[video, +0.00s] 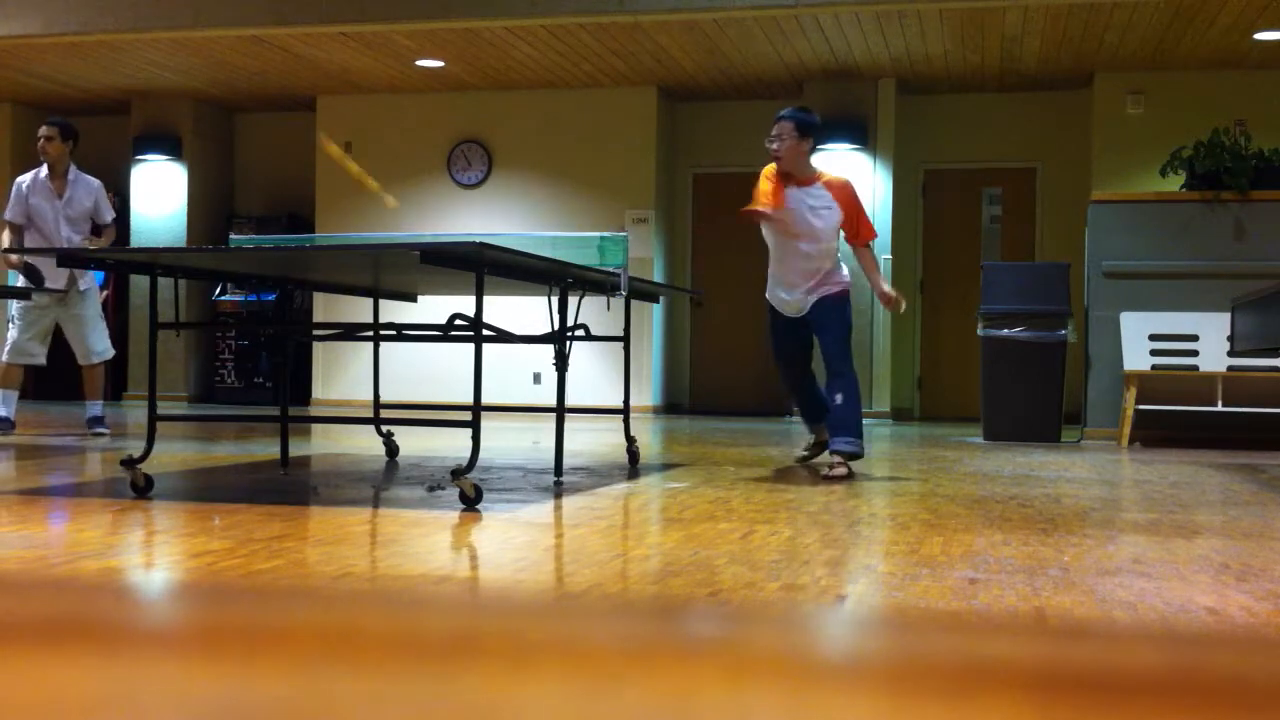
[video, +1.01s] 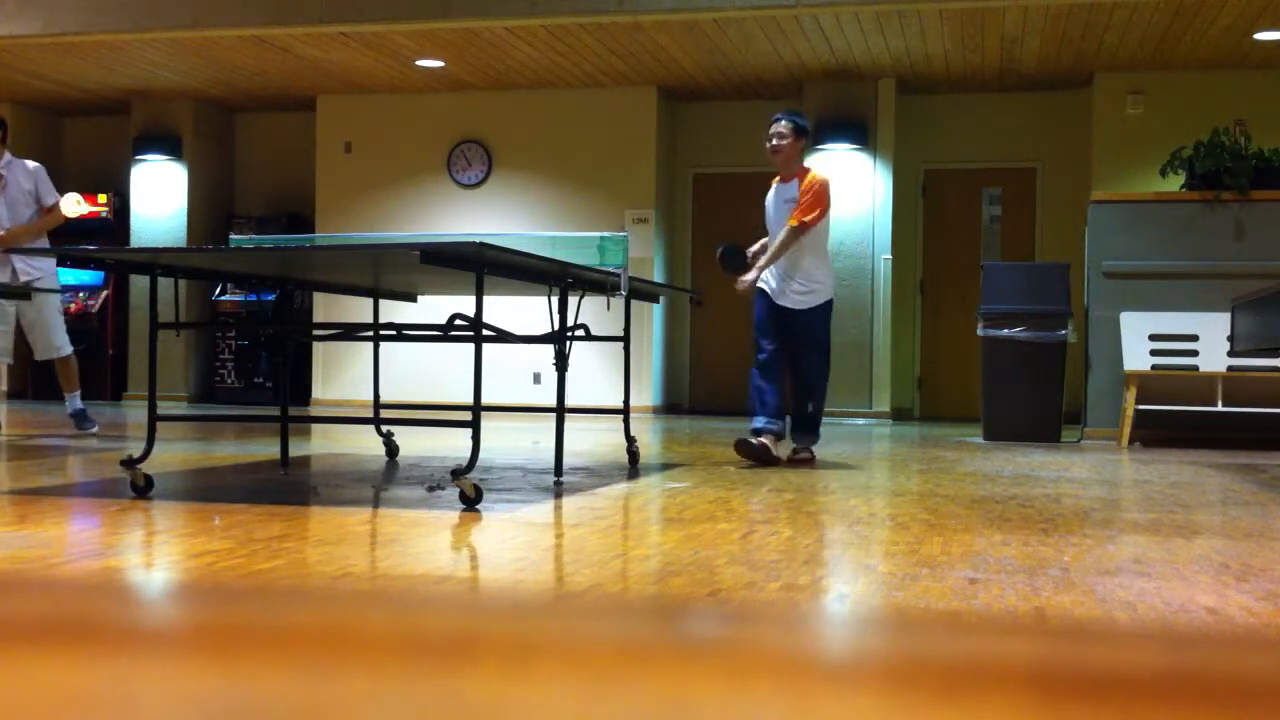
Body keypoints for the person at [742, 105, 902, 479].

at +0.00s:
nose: (773, 146)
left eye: (782, 139)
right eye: (772, 139)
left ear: (806, 143)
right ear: (773, 144)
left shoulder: (838, 188)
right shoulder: (771, 180)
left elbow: (859, 242)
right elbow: (766, 209)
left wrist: (879, 285)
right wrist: (769, 212)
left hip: (827, 288)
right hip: (783, 293)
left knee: (837, 361)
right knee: (793, 370)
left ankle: (841, 450)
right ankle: (820, 430)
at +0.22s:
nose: (790, 131)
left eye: (798, 124)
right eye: (788, 125)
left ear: (821, 130)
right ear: (785, 131)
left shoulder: (846, 178)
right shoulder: (775, 171)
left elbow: (853, 234)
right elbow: (783, 219)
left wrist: (858, 283)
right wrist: (838, 206)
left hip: (831, 282)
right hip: (783, 283)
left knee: (839, 365)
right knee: (775, 366)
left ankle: (837, 451)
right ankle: (783, 440)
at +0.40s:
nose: (792, 132)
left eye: (802, 126)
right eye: (789, 126)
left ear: (823, 134)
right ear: (785, 134)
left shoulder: (842, 188)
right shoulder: (772, 177)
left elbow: (858, 246)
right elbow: (745, 221)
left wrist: (867, 299)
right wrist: (780, 234)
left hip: (822, 296)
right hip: (771, 293)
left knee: (835, 374)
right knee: (747, 372)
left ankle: (836, 455)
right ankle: (763, 448)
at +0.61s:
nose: (777, 124)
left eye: (786, 119)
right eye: (775, 120)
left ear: (807, 129)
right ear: (771, 129)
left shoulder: (827, 174)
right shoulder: (759, 174)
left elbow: (843, 211)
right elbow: (733, 216)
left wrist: (844, 234)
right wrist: (730, 218)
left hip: (813, 288)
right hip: (765, 286)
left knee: (822, 366)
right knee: (752, 364)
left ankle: (825, 447)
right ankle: (763, 446)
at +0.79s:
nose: (771, 129)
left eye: (779, 124)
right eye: (768, 125)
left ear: (800, 131)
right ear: (765, 133)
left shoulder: (816, 168)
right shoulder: (762, 179)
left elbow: (831, 209)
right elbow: (751, 227)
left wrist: (799, 237)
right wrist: (732, 233)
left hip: (814, 288)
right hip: (770, 286)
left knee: (819, 364)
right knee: (764, 360)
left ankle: (804, 438)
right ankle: (763, 442)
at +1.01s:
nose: (773, 142)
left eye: (781, 137)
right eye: (770, 137)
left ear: (801, 143)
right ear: (768, 144)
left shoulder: (815, 183)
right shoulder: (776, 186)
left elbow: (795, 231)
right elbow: (786, 228)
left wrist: (757, 271)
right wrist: (765, 243)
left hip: (810, 291)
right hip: (773, 284)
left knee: (809, 367)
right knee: (768, 357)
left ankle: (804, 444)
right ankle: (766, 439)